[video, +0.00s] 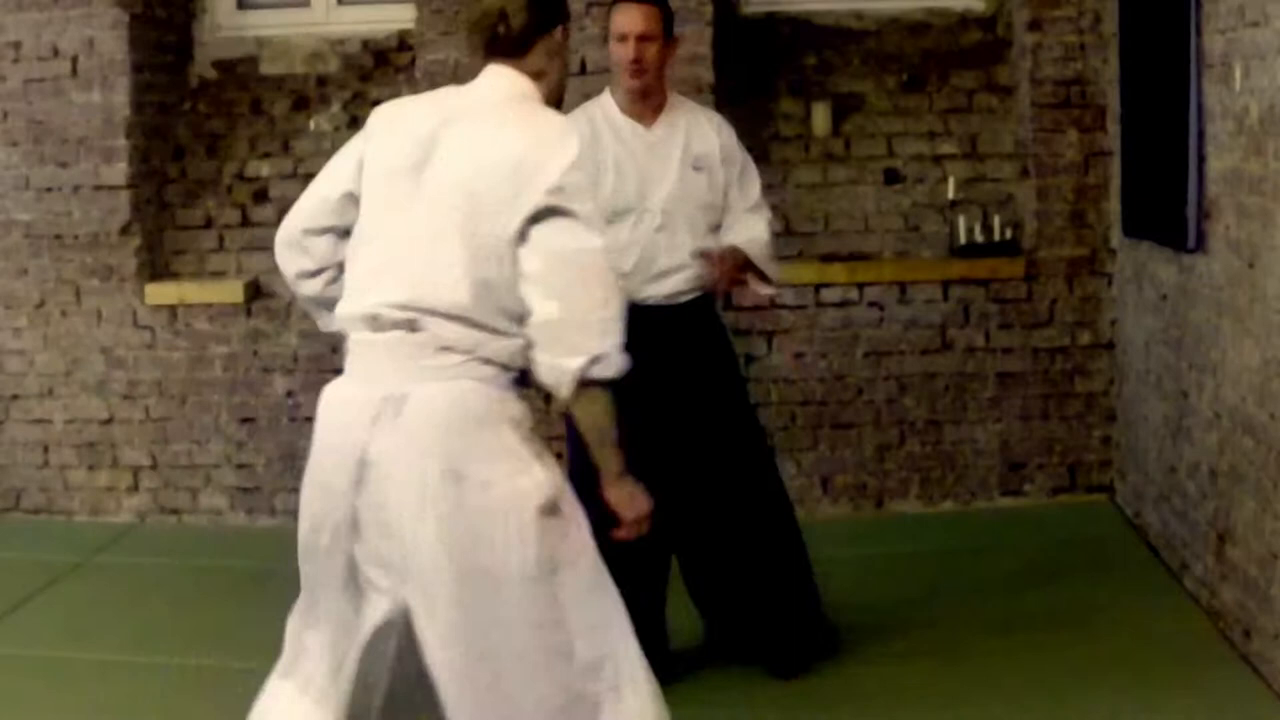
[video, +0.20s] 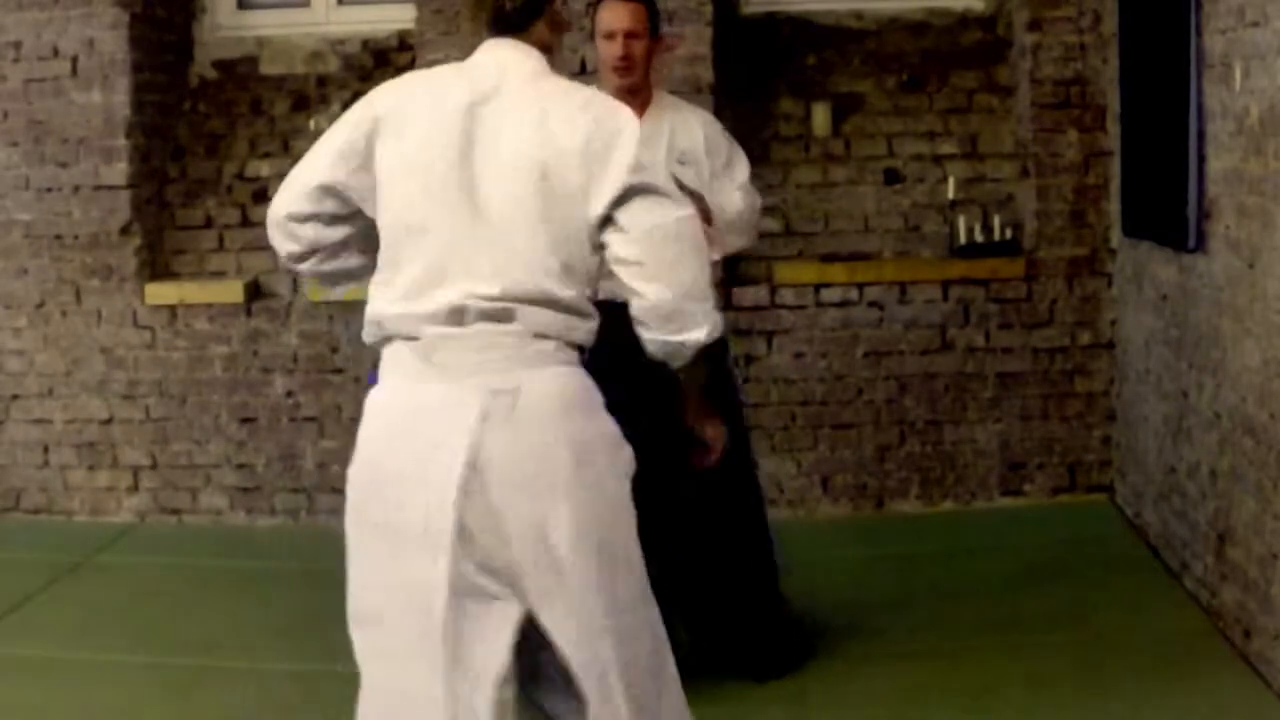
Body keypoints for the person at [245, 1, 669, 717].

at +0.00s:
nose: (568, 55)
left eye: (565, 39)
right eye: (566, 39)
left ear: (484, 41)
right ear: (550, 41)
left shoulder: (392, 121)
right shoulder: (550, 144)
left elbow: (301, 245)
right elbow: (573, 335)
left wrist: (377, 332)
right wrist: (614, 475)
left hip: (353, 409)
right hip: (465, 420)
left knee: (330, 655)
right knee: (537, 666)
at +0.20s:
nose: (579, 32)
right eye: (575, 20)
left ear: (481, 22)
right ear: (554, 22)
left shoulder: (393, 103)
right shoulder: (598, 121)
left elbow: (294, 227)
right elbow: (675, 297)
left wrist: (411, 250)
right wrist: (695, 403)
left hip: (407, 410)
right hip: (546, 411)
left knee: (411, 677)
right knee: (615, 673)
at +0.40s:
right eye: (526, 16)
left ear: (427, 26)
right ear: (515, 21)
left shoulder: (363, 130)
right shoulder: (581, 121)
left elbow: (315, 293)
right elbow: (692, 275)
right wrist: (580, 275)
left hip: (438, 434)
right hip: (584, 421)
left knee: (453, 681)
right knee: (615, 672)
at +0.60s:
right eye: (517, 13)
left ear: (427, 28)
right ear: (510, 17)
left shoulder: (375, 145)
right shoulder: (592, 111)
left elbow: (350, 328)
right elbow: (650, 202)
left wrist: (425, 377)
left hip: (457, 440)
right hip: (605, 429)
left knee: (473, 695)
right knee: (649, 686)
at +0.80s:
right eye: (554, 17)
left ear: (460, 39)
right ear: (548, 25)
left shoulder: (417, 181)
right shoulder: (631, 126)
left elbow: (410, 374)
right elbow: (690, 216)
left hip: (512, 458)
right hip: (649, 442)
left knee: (506, 696)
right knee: (671, 693)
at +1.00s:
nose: (629, 90)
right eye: (607, 70)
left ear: (498, 82)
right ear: (577, 74)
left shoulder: (451, 225)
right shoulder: (644, 167)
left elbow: (457, 405)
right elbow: (736, 264)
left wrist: (533, 434)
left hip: (536, 475)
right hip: (659, 460)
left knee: (568, 678)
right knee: (695, 691)